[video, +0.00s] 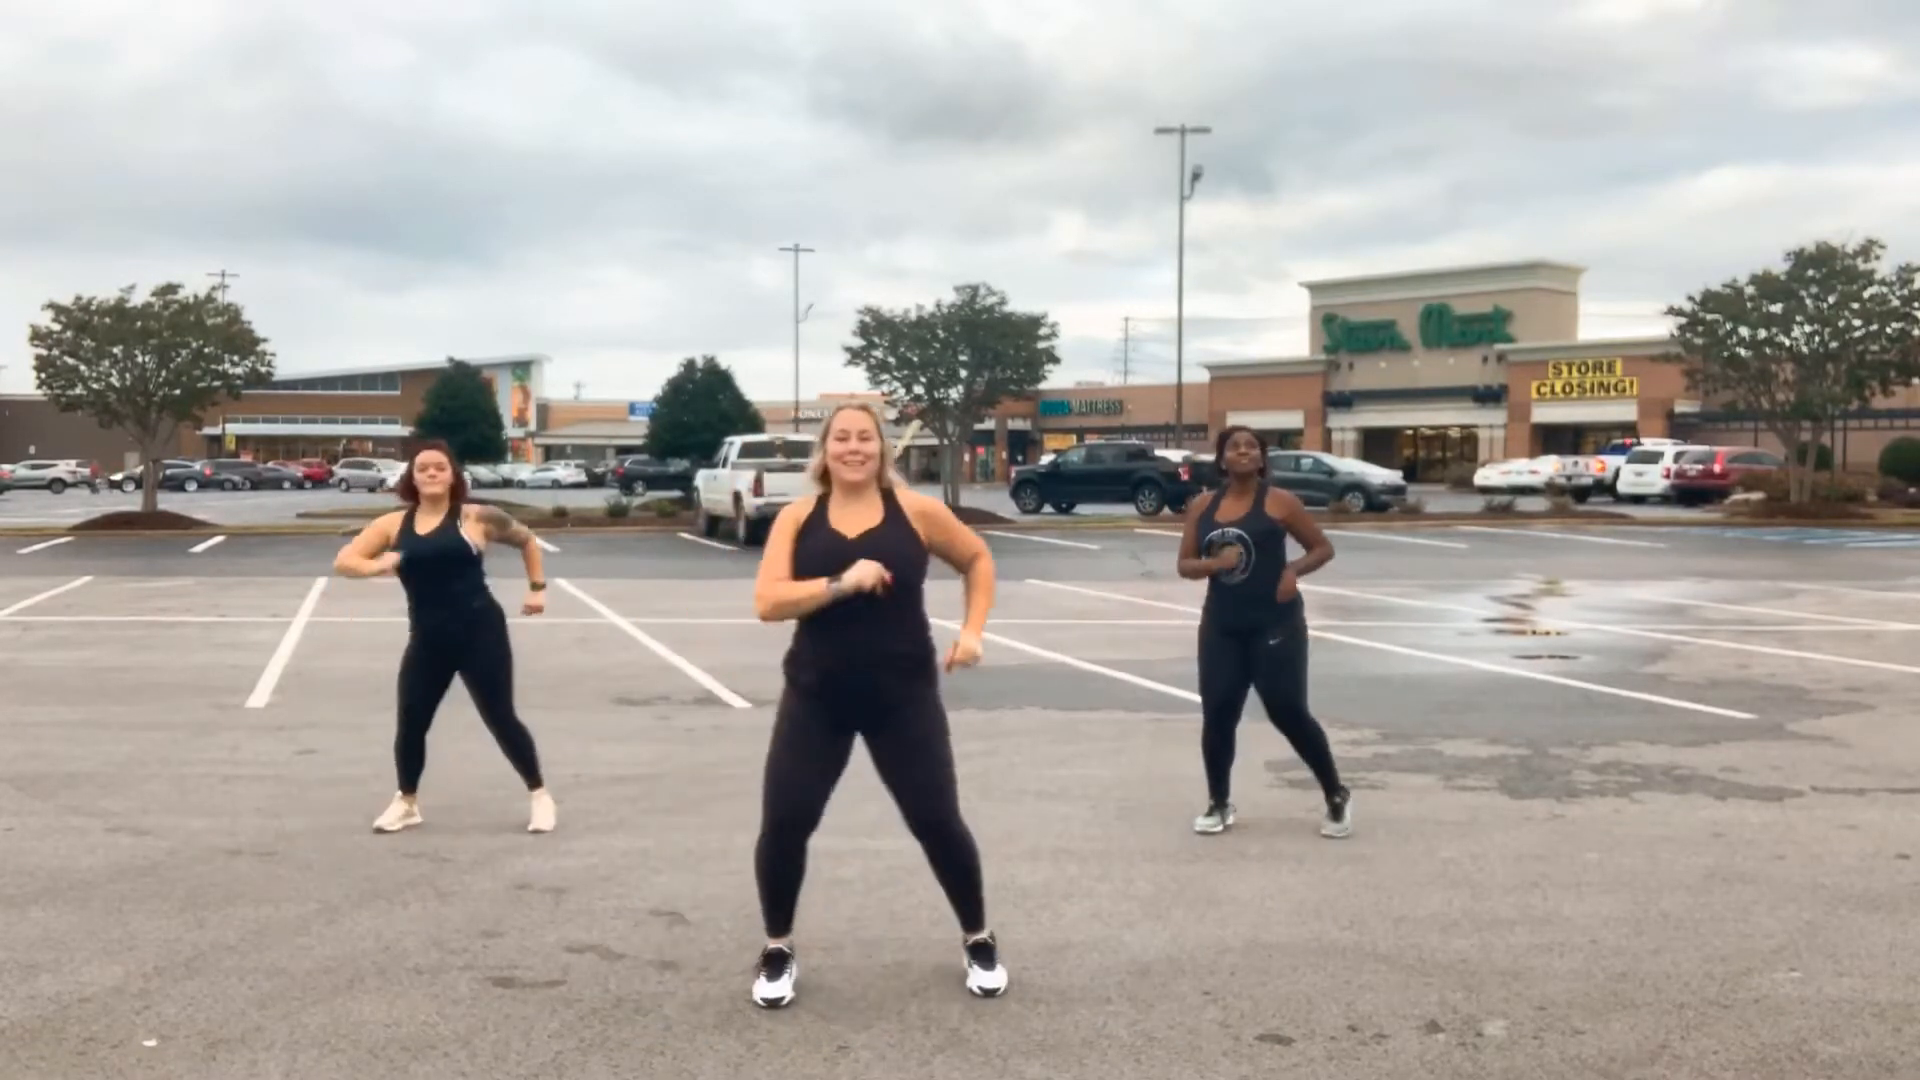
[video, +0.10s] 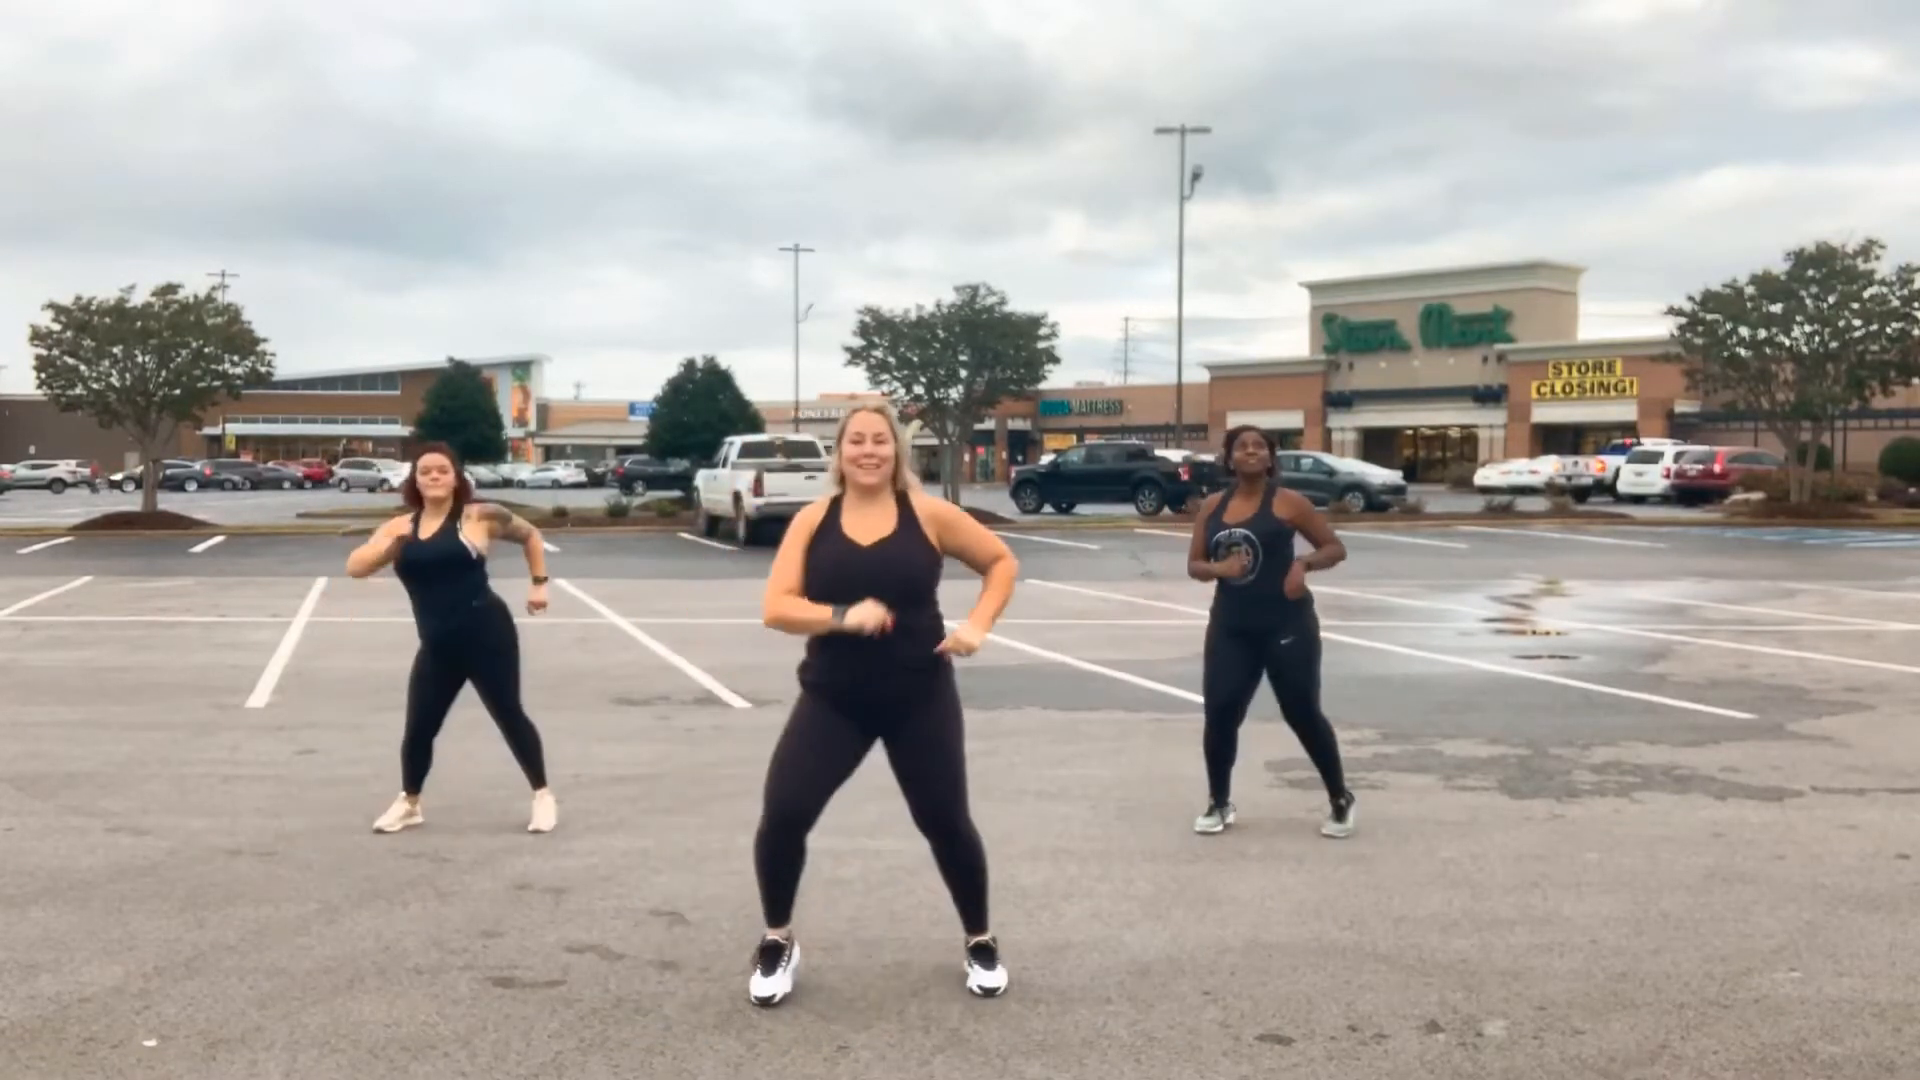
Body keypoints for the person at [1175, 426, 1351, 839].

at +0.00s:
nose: (1243, 454)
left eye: (1250, 447)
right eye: (1235, 448)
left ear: (1262, 457)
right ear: (1222, 459)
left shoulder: (1280, 502)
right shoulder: (1203, 505)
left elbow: (1322, 548)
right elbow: (1184, 565)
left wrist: (1292, 570)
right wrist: (1214, 564)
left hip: (1276, 626)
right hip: (1221, 628)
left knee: (1287, 713)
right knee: (1217, 716)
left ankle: (1336, 797)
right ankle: (1218, 804)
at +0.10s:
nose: (1251, 453)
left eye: (1258, 447)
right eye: (1243, 448)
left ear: (1271, 457)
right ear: (1229, 458)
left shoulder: (1289, 503)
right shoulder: (1213, 507)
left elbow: (1335, 549)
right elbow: (1195, 565)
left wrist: (1303, 563)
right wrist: (1219, 568)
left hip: (1287, 627)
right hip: (1231, 629)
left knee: (1302, 714)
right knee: (1220, 715)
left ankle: (1340, 800)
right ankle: (1219, 804)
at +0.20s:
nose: (1257, 453)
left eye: (1264, 447)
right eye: (1249, 448)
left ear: (1276, 456)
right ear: (1236, 458)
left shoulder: (1297, 501)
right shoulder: (1218, 507)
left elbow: (1337, 552)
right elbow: (1202, 562)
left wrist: (1302, 556)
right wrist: (1219, 572)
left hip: (1292, 625)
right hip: (1235, 627)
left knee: (1306, 713)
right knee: (1218, 712)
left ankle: (1341, 800)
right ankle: (1213, 800)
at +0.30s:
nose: (1259, 453)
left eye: (1265, 447)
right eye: (1250, 448)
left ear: (1278, 455)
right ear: (1238, 459)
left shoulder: (1300, 500)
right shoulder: (1218, 506)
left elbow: (1325, 559)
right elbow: (1199, 558)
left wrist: (1292, 545)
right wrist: (1215, 569)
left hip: (1288, 623)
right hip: (1231, 624)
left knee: (1306, 714)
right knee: (1224, 711)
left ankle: (1339, 801)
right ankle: (1200, 797)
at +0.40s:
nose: (1255, 455)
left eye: (1262, 449)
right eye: (1246, 450)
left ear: (1275, 457)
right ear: (1233, 460)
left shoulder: (1292, 502)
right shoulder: (1213, 505)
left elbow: (1309, 565)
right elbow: (1184, 558)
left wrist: (1287, 537)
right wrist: (1209, 560)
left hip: (1278, 626)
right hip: (1222, 627)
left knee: (1301, 715)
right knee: (1219, 715)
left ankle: (1336, 802)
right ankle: (1196, 802)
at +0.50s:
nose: (1248, 458)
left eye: (1255, 451)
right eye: (1239, 451)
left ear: (1266, 458)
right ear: (1225, 459)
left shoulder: (1279, 501)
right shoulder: (1206, 501)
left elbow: (1295, 567)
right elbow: (1170, 558)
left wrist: (1285, 539)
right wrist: (1210, 540)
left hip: (1265, 623)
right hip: (1210, 624)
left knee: (1291, 713)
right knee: (1212, 715)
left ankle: (1329, 801)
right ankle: (1195, 803)